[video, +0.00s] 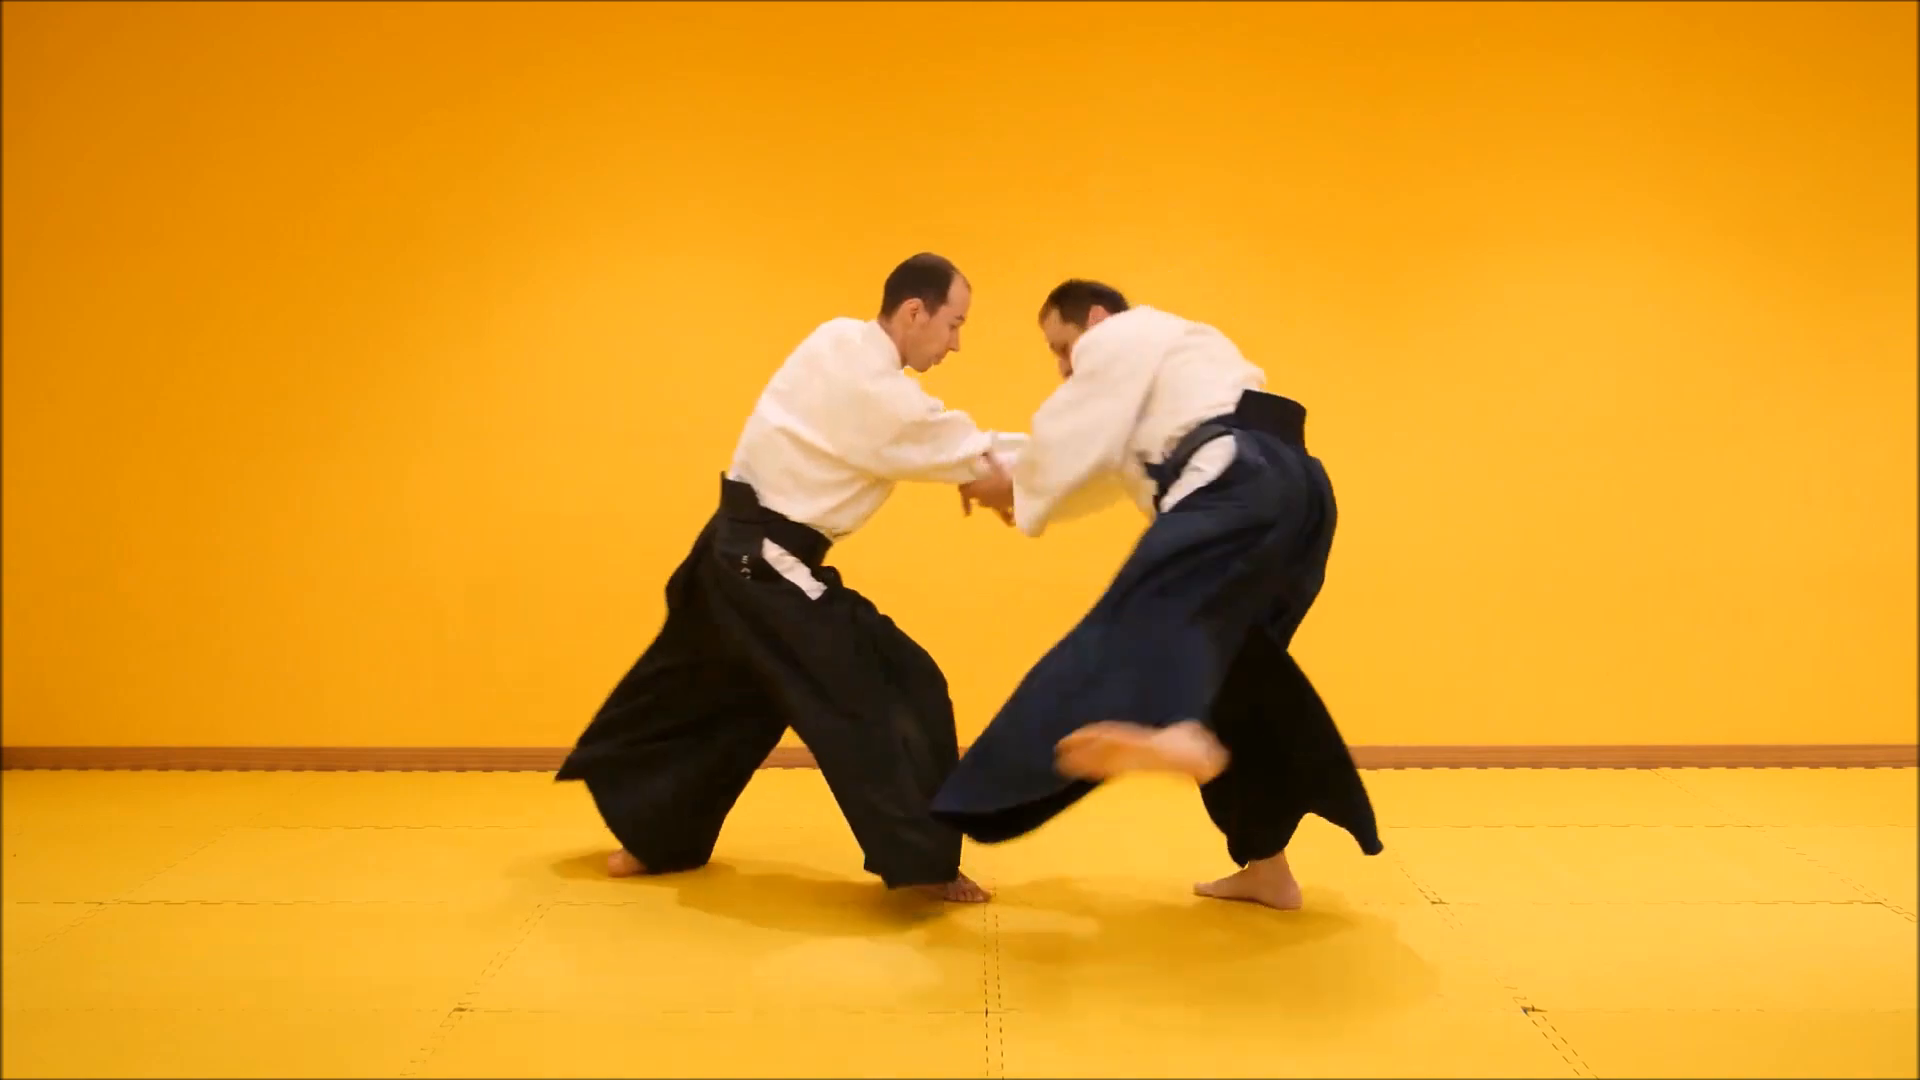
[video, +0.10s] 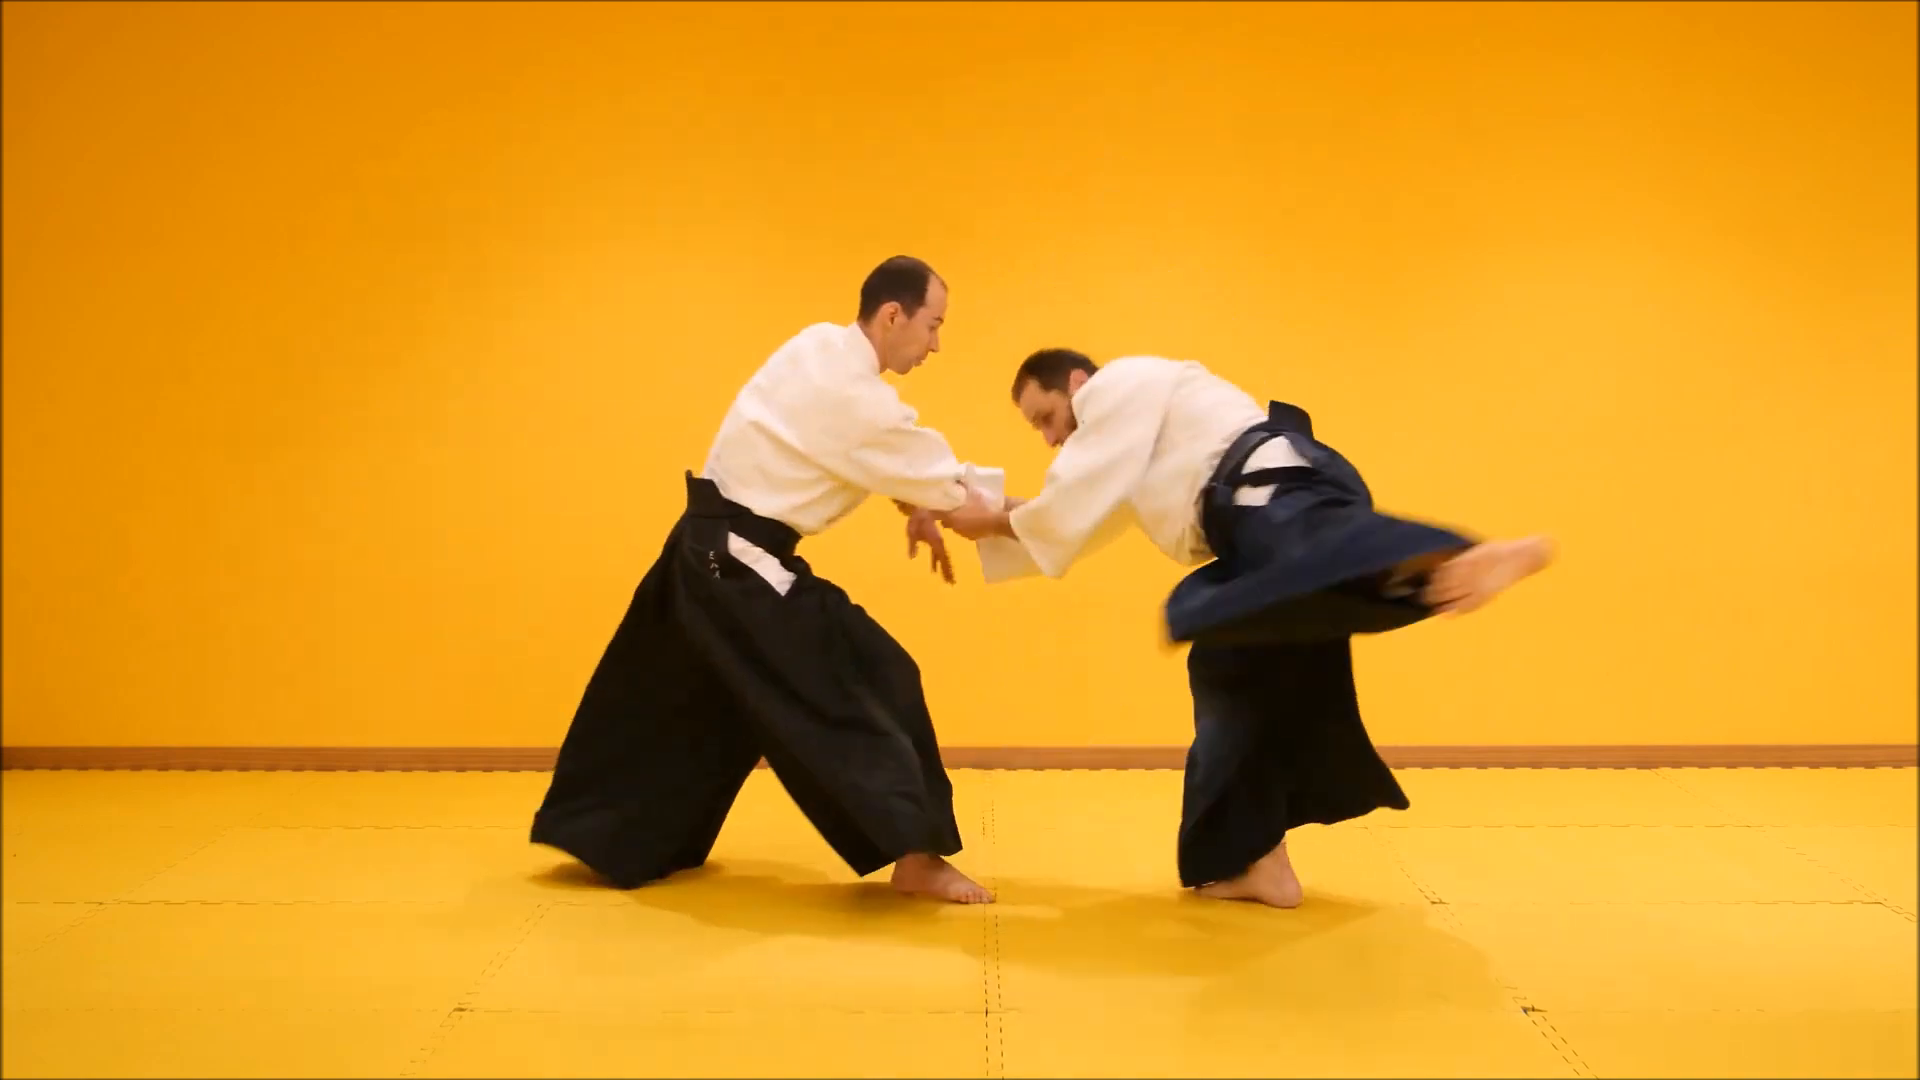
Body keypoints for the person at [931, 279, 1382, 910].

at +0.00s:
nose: (1062, 365)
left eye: (1061, 346)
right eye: (1056, 353)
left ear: (1097, 316)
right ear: (1112, 313)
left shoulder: (1120, 336)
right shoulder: (1175, 339)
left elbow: (1069, 438)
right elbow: (1112, 470)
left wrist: (1013, 485)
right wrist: (1017, 489)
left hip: (1242, 471)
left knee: (1156, 600)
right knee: (1234, 664)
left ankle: (1178, 724)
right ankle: (1266, 865)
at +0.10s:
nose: (1047, 436)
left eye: (1044, 418)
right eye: (1037, 428)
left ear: (1074, 379)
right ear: (1072, 398)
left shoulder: (1123, 382)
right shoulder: (1114, 436)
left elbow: (1077, 491)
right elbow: (1062, 535)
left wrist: (1002, 515)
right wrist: (967, 540)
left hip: (1268, 476)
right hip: (1238, 538)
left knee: (1305, 544)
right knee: (1228, 682)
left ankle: (1464, 565)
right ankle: (1262, 863)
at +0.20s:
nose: (1034, 487)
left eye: (1028, 467)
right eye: (1024, 478)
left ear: (1050, 429)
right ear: (1041, 454)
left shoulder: (1115, 424)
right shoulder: (1096, 468)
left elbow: (1058, 564)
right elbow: (1043, 585)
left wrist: (960, 556)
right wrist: (958, 563)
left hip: (1314, 505)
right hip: (1263, 560)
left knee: (1476, 526)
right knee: (1232, 685)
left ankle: (1687, 485)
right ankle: (1278, 863)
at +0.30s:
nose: (1044, 508)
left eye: (1036, 491)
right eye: (1029, 504)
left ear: (1053, 449)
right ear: (1033, 481)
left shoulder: (1125, 437)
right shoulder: (1099, 485)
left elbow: (1083, 577)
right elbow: (1075, 592)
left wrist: (988, 595)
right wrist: (983, 603)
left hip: (1337, 504)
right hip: (1276, 566)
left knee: (1514, 554)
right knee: (1221, 675)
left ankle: (1717, 536)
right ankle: (1285, 860)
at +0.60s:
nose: (1214, 402)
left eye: (1228, 386)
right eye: (1205, 385)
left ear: (1268, 373)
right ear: (1195, 374)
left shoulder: (1323, 401)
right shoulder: (1185, 417)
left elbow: (1304, 501)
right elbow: (1133, 512)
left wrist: (1174, 512)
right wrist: (1097, 594)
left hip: (1306, 574)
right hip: (1214, 578)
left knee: (1331, 707)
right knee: (1217, 710)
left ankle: (1307, 838)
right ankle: (1255, 862)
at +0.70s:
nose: (1260, 345)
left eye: (1279, 330)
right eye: (1249, 327)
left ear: (1310, 325)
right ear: (1234, 318)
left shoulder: (1344, 380)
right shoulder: (1200, 384)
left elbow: (1401, 466)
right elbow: (1128, 481)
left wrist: (1339, 517)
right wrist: (1122, 564)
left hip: (1297, 560)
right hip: (1209, 556)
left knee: (1314, 660)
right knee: (1221, 694)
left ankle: (1292, 785)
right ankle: (1250, 857)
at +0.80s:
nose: (1243, 276)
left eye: (1260, 263)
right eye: (1232, 261)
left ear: (1290, 268)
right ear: (1216, 259)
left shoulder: (1323, 337)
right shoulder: (1170, 334)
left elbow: (1387, 416)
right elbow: (1129, 420)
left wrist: (1413, 517)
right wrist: (1139, 515)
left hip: (1286, 527)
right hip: (1199, 527)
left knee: (1321, 647)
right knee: (1226, 687)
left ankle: (1300, 761)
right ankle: (1249, 872)